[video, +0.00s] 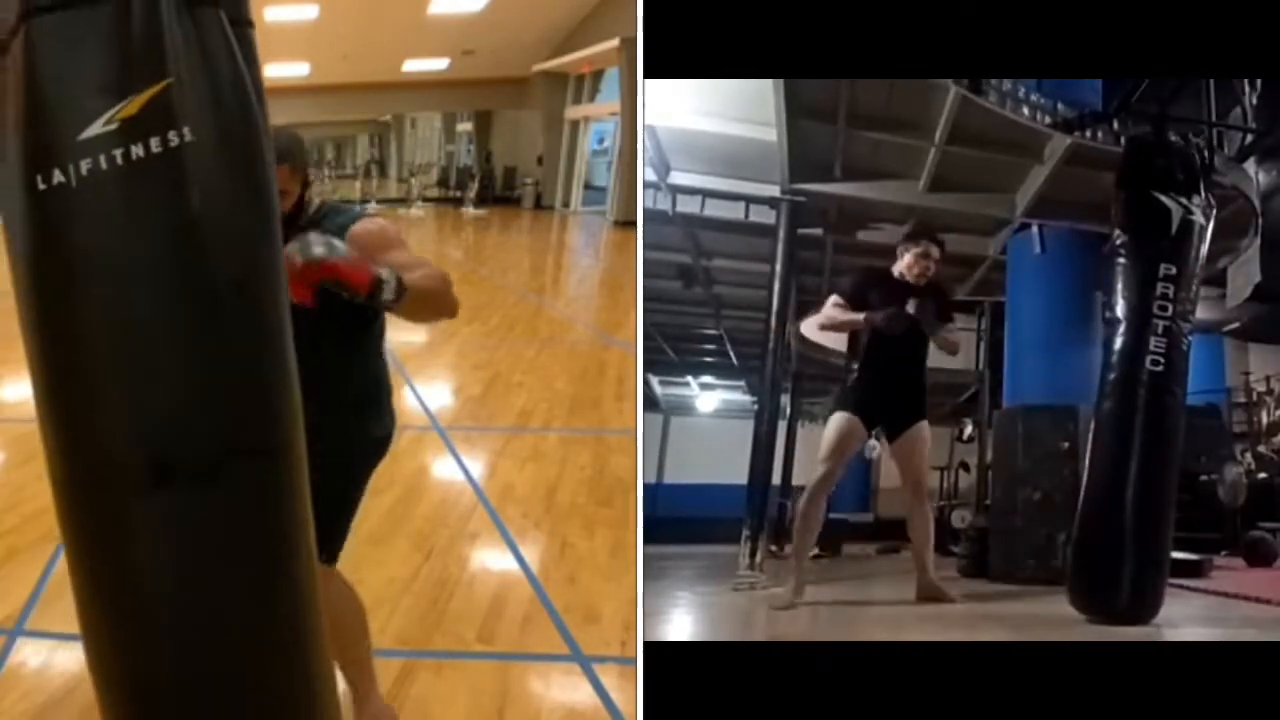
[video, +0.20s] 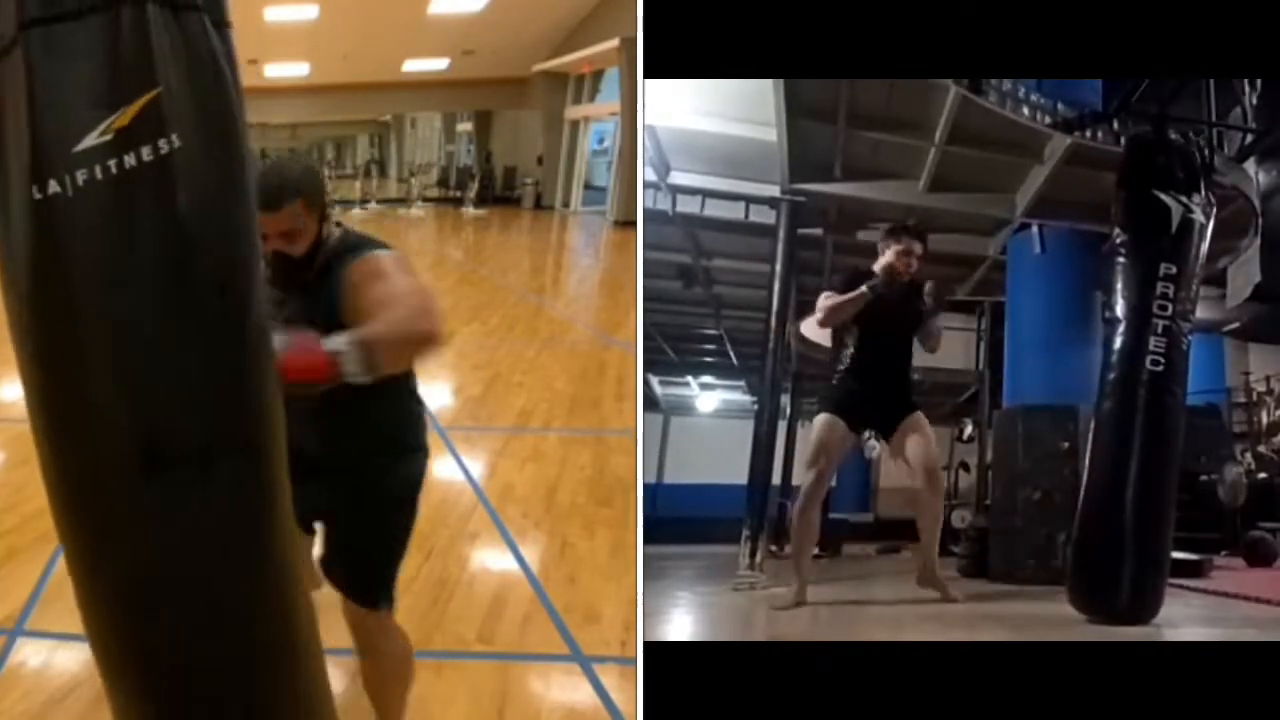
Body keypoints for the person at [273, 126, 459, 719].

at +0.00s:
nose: (269, 202)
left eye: (280, 190)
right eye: (261, 189)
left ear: (302, 185)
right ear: (249, 185)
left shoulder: (351, 231)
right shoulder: (240, 231)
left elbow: (442, 300)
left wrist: (372, 282)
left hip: (345, 419)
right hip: (278, 415)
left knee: (313, 562)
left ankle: (368, 703)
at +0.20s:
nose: (277, 249)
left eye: (290, 235)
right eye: (266, 236)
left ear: (322, 220)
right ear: (252, 226)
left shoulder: (362, 262)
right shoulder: (257, 267)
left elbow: (419, 323)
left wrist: (333, 353)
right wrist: (257, 352)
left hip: (376, 453)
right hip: (294, 446)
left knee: (361, 596)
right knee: (278, 557)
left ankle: (391, 710)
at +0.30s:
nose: (320, 248)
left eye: (333, 233)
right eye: (305, 235)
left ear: (365, 213)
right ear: (289, 222)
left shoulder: (413, 257)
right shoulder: (277, 269)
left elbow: (524, 327)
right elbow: (222, 327)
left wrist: (450, 289)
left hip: (399, 463)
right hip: (311, 459)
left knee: (400, 616)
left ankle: (397, 714)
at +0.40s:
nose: (357, 247)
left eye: (370, 232)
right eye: (340, 235)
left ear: (399, 207)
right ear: (320, 216)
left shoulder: (437, 249)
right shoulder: (286, 277)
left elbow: (511, 320)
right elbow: (204, 333)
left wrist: (496, 285)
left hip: (411, 457)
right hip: (321, 456)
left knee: (409, 608)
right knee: (314, 550)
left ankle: (398, 714)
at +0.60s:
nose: (328, 232)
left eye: (343, 218)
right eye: (314, 218)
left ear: (373, 203)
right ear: (298, 206)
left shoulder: (423, 256)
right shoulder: (281, 259)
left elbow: (481, 355)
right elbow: (233, 343)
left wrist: (412, 314)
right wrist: (235, 312)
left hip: (402, 451)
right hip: (320, 444)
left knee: (394, 607)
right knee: (315, 535)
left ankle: (407, 712)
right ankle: (331, 601)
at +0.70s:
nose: (312, 233)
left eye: (328, 220)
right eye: (300, 220)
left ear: (362, 209)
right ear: (288, 210)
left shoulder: (406, 272)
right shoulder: (303, 258)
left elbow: (385, 374)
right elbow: (300, 336)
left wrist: (295, 332)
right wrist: (259, 325)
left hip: (394, 464)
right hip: (324, 445)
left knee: (382, 621)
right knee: (308, 529)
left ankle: (413, 711)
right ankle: (332, 601)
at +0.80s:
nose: (314, 238)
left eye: (332, 226)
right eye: (303, 223)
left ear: (370, 217)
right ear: (293, 213)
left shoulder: (410, 286)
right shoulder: (318, 262)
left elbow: (402, 392)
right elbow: (316, 330)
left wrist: (297, 348)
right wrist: (255, 333)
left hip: (393, 477)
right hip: (322, 453)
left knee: (375, 632)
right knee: (310, 533)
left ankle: (403, 712)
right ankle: (335, 601)